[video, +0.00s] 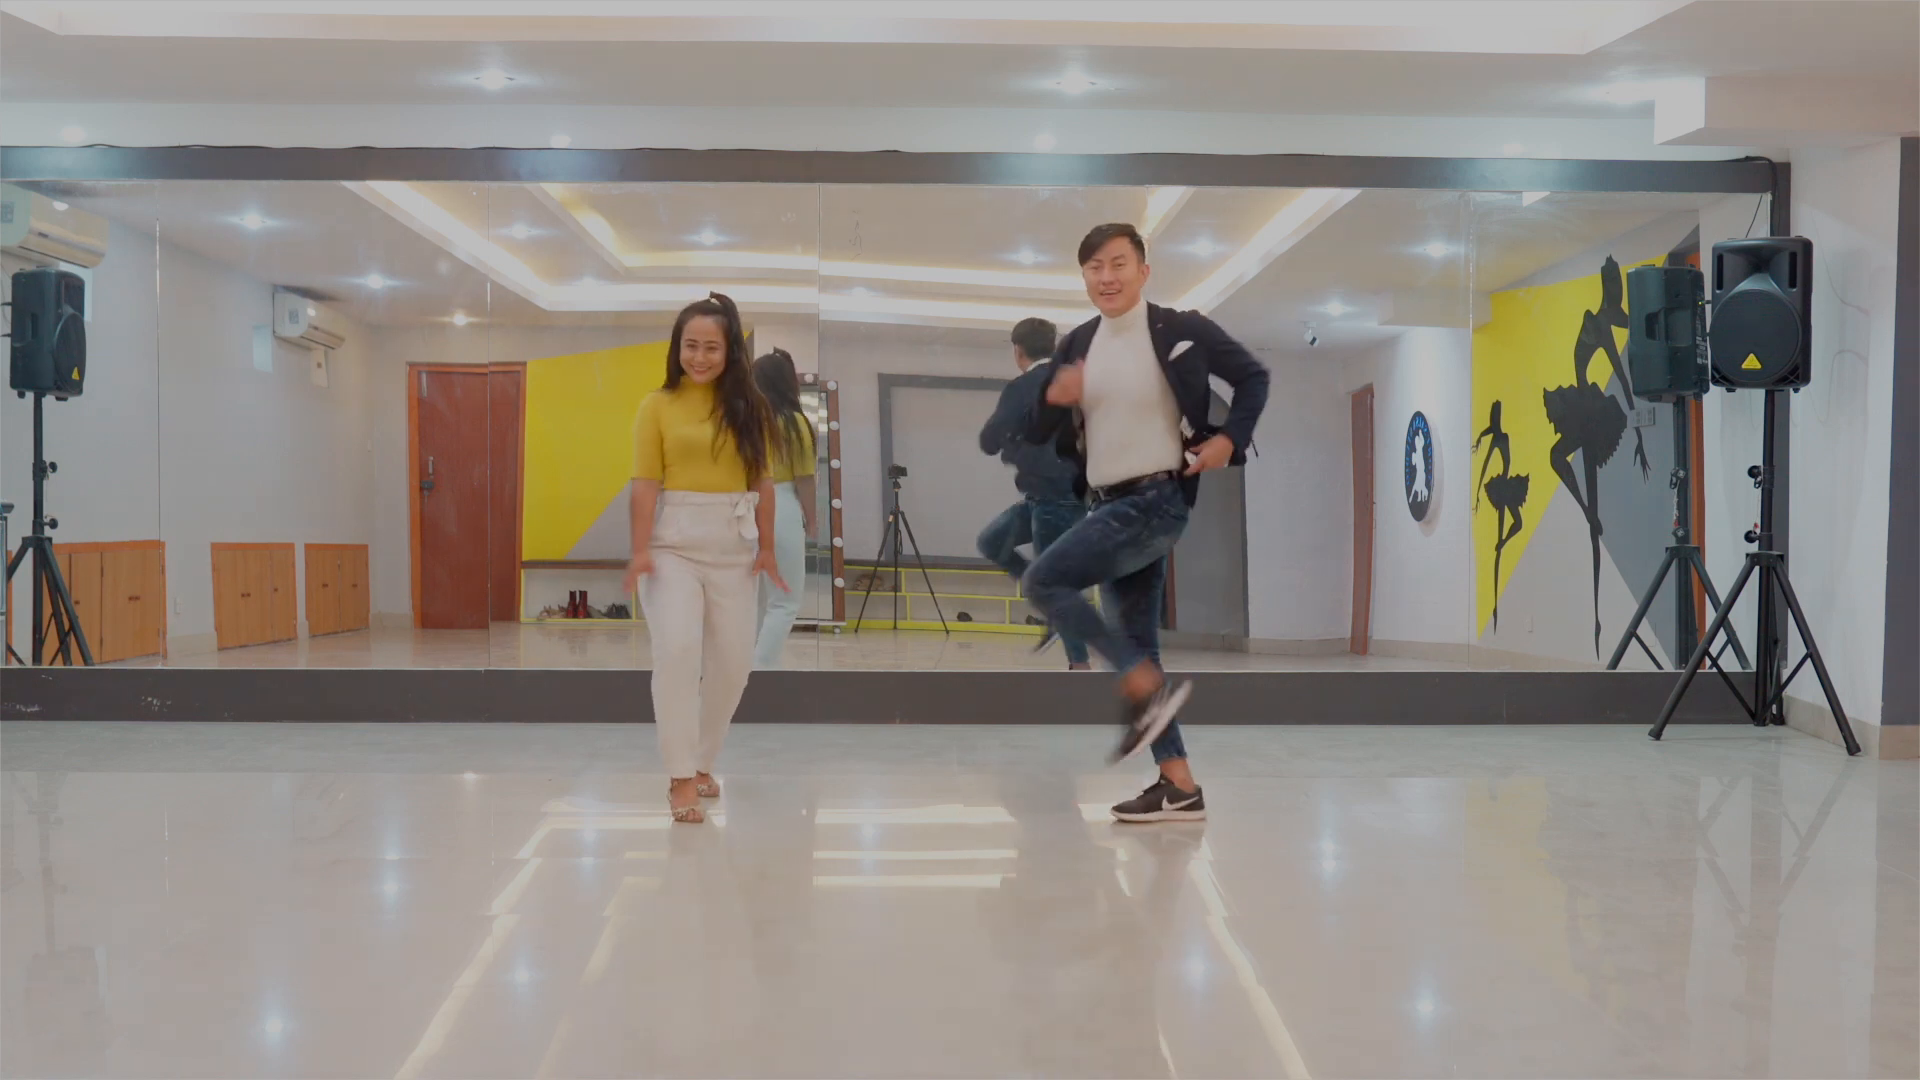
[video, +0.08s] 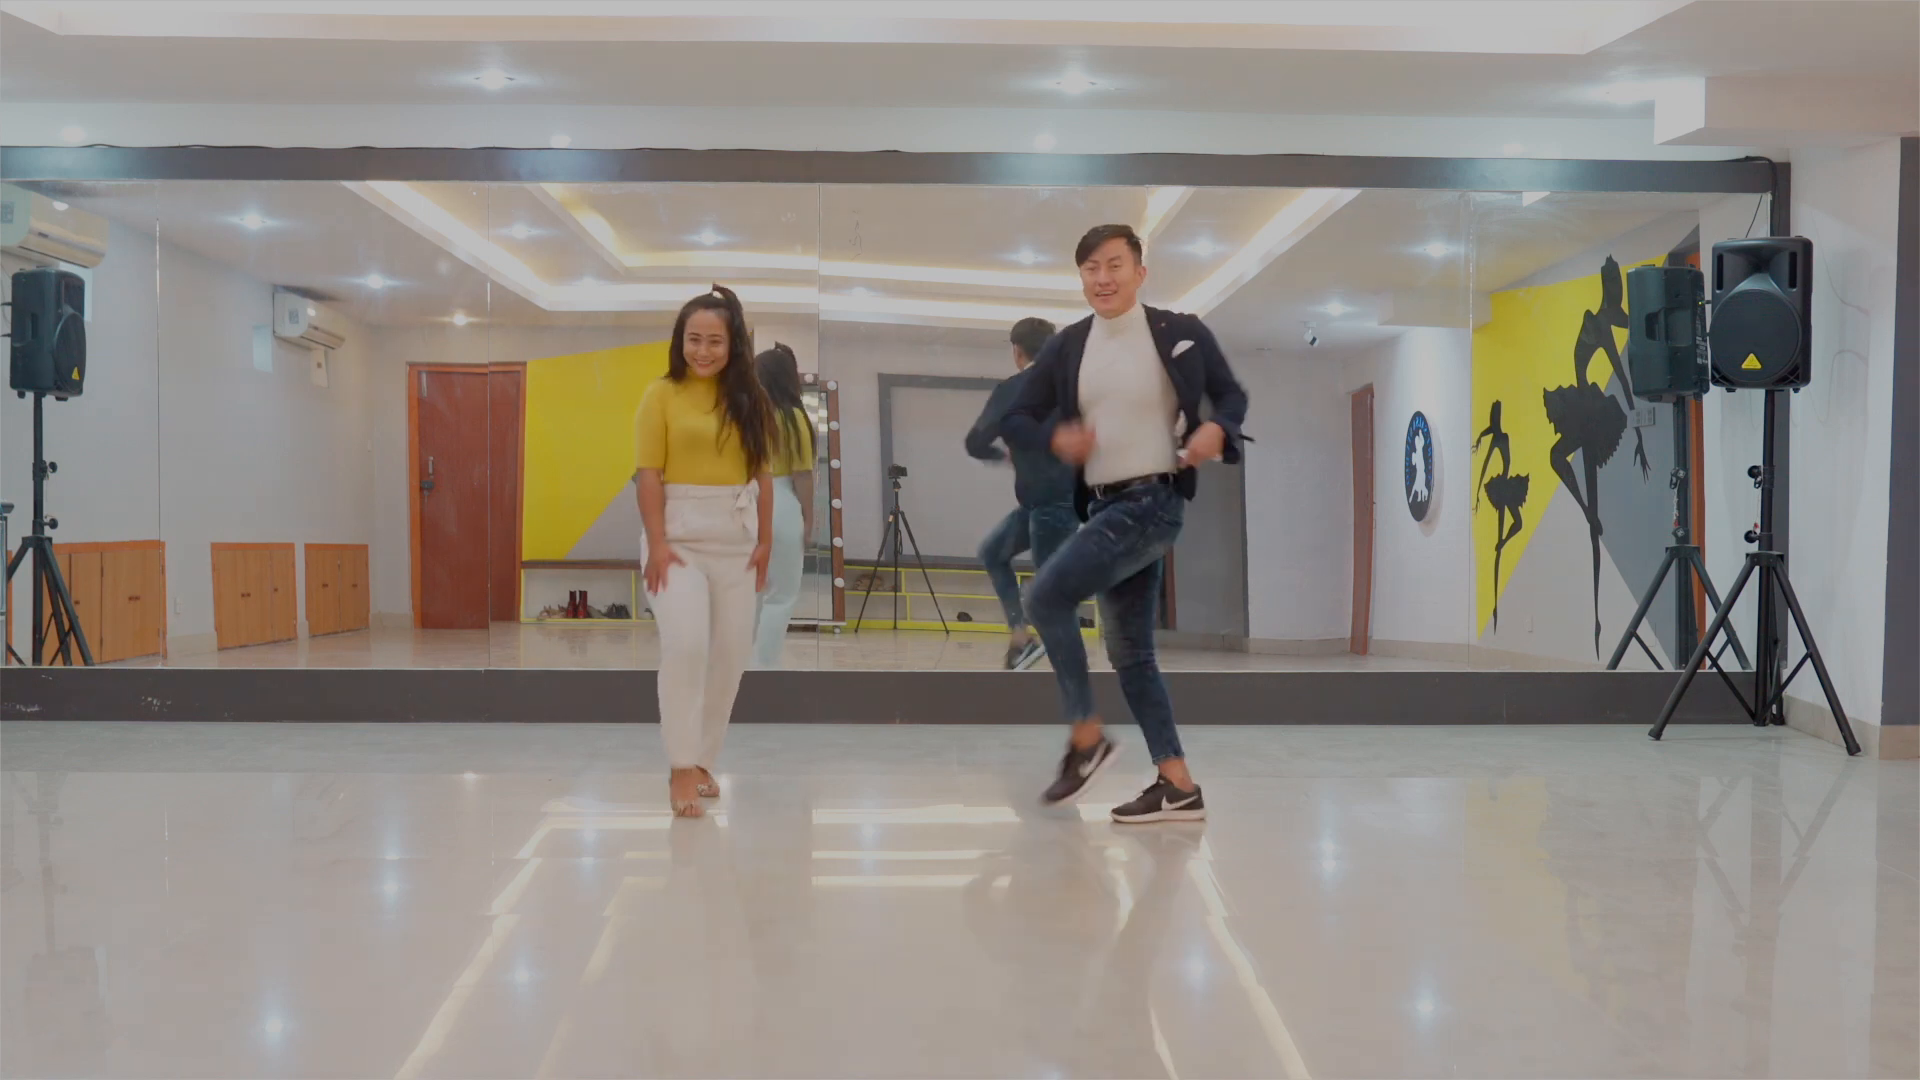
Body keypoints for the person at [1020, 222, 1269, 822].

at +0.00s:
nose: (1107, 276)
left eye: (1118, 264)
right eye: (1095, 267)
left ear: (1144, 270)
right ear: (1083, 277)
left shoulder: (1182, 329)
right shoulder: (1078, 343)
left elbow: (1253, 379)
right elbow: (1034, 427)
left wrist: (1229, 438)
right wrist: (1050, 396)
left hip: (1157, 497)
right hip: (1108, 503)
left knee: (1043, 582)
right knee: (1136, 650)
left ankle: (1144, 682)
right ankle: (1179, 783)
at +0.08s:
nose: (1102, 278)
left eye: (1115, 265)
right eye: (1091, 268)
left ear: (1141, 271)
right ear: (1080, 278)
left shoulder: (1179, 331)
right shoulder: (1068, 344)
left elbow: (1231, 395)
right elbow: (1015, 418)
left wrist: (1217, 427)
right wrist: (1053, 434)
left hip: (1152, 500)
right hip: (1103, 505)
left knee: (1048, 596)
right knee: (1131, 652)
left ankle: (1085, 735)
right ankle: (1178, 782)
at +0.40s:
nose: (1055, 296)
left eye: (1068, 285)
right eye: (1047, 287)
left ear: (1098, 296)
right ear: (1039, 299)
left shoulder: (1120, 361)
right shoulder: (1036, 367)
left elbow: (1164, 445)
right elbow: (1017, 424)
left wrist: (1110, 503)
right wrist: (1011, 451)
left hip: (1135, 526)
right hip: (1069, 528)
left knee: (1116, 647)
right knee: (1079, 665)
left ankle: (1077, 766)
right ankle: (1123, 716)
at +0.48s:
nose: (1053, 300)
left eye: (1066, 289)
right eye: (1044, 291)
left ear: (1093, 297)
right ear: (1036, 301)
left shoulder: (1129, 363)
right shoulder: (1034, 365)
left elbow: (1173, 444)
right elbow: (1006, 425)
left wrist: (1123, 494)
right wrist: (1006, 445)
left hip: (1122, 525)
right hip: (1058, 526)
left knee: (1092, 641)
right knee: (1082, 645)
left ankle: (1072, 765)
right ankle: (1132, 724)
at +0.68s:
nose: (1064, 317)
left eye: (1075, 304)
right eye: (1052, 306)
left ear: (1097, 306)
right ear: (1040, 313)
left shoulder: (1133, 369)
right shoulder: (1013, 377)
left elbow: (1170, 435)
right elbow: (961, 453)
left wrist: (1120, 460)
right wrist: (1014, 491)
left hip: (1102, 539)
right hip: (1038, 540)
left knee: (1044, 638)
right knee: (1082, 666)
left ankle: (1014, 744)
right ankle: (1152, 735)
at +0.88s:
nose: (1061, 283)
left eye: (1073, 273)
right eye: (1051, 272)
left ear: (1091, 280)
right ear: (1034, 278)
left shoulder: (1115, 341)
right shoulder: (1003, 339)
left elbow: (1143, 418)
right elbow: (939, 414)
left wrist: (1104, 468)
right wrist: (989, 467)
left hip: (1082, 507)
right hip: (1013, 504)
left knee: (1054, 635)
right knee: (995, 631)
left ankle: (1016, 749)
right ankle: (1051, 688)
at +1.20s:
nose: (1064, 263)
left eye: (1075, 252)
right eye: (1053, 251)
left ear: (1092, 261)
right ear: (1034, 259)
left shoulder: (1112, 328)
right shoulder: (1000, 322)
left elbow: (1135, 403)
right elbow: (950, 397)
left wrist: (1120, 437)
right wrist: (1015, 438)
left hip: (1058, 486)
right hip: (993, 470)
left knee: (1023, 616)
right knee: (1045, 535)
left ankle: (961, 741)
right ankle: (1012, 663)